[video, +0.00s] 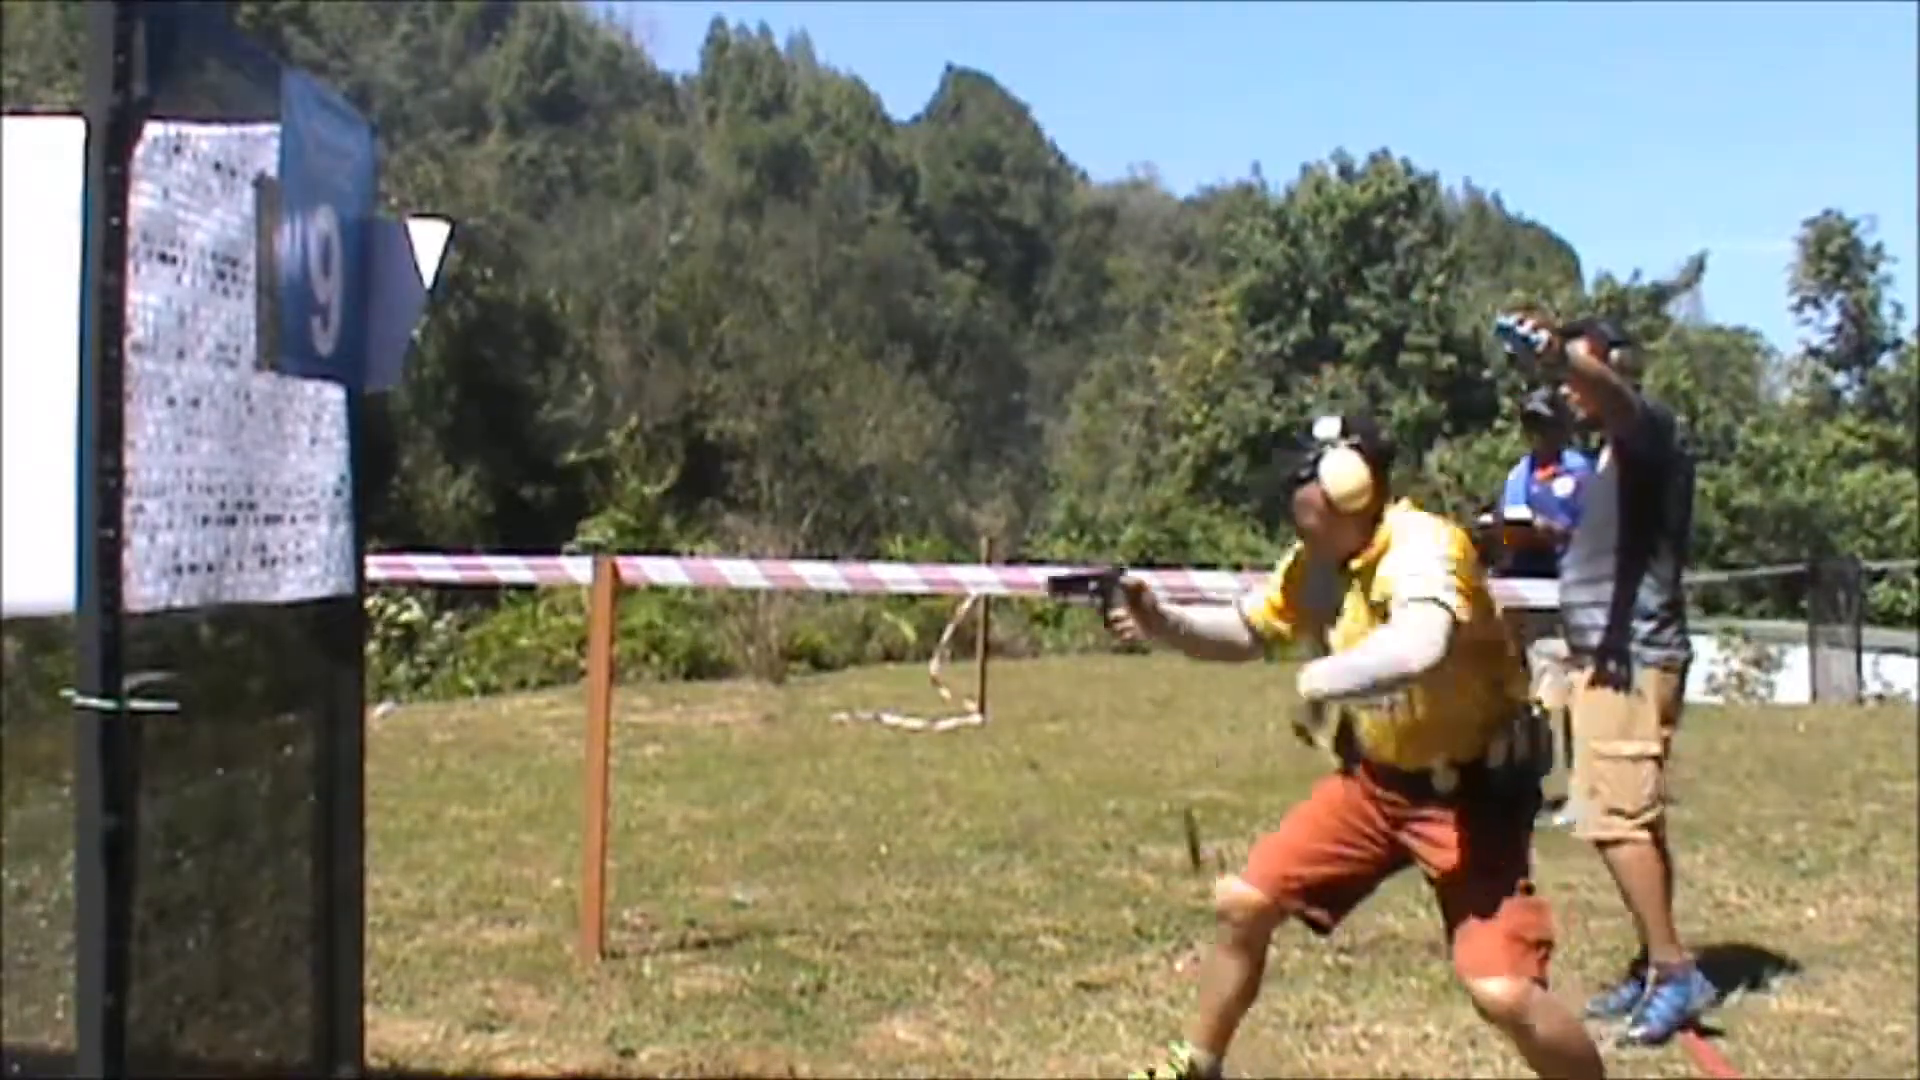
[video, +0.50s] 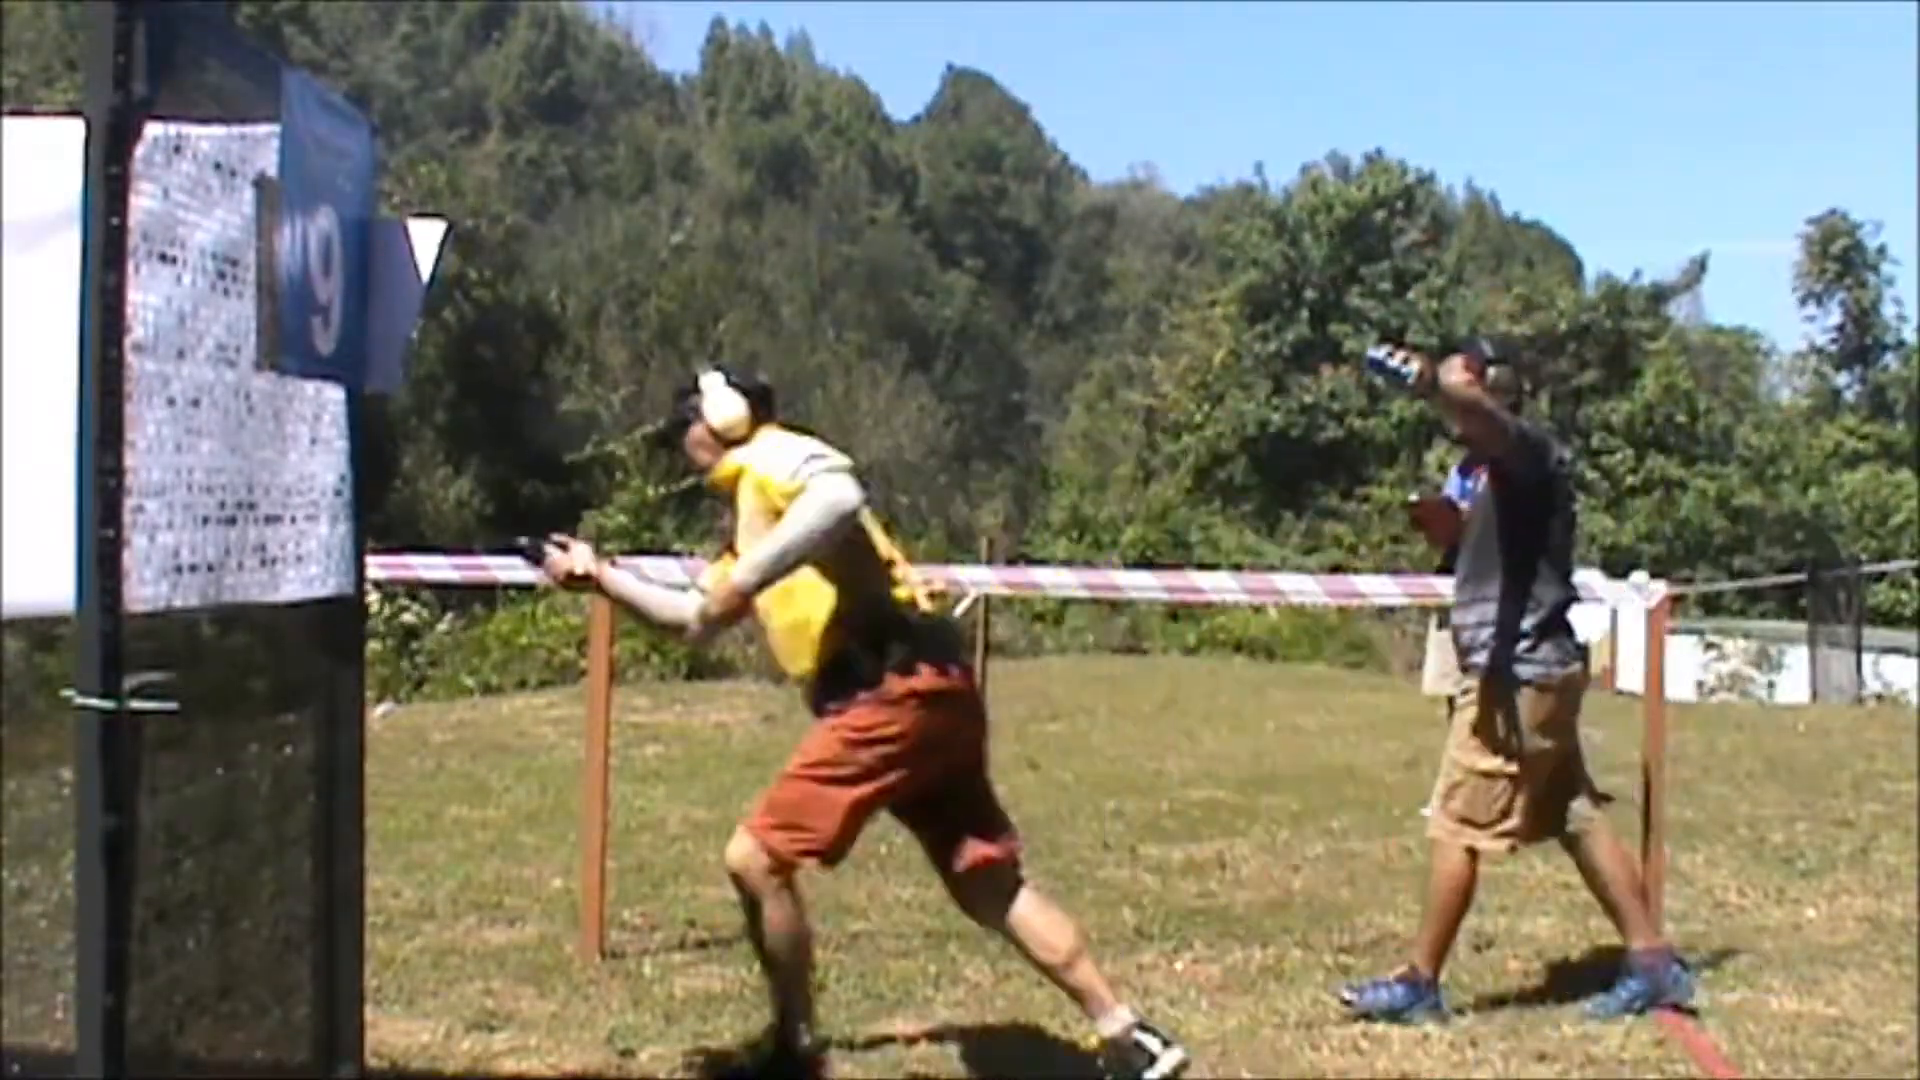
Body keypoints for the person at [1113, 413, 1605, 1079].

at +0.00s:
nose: (1296, 509)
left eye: (1304, 495)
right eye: (1297, 495)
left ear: (1343, 502)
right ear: (1322, 507)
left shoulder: (1426, 544)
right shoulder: (1315, 564)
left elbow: (1422, 644)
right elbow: (1244, 633)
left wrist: (1314, 680)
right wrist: (1162, 620)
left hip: (1473, 796)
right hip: (1374, 785)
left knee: (1501, 990)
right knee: (1244, 904)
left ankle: (1590, 1072)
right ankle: (1201, 1064)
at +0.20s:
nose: (1035, 484)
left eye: (1046, 470)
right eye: (1037, 472)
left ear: (1081, 475)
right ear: (1082, 480)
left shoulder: (1119, 515)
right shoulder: (1097, 562)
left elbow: (1203, 560)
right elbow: (1053, 659)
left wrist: (1222, 683)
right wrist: (952, 623)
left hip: (1285, 761)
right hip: (1213, 779)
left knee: (1393, 954)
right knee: (1116, 901)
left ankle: (1529, 1070)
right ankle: (1173, 1067)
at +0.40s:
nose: (793, 475)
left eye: (800, 460)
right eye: (793, 464)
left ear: (832, 464)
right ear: (824, 482)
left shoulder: (878, 483)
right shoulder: (855, 575)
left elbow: (957, 470)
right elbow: (792, 646)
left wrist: (897, 569)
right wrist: (693, 602)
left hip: (1033, 703)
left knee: (899, 894)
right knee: (1033, 917)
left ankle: (1065, 1007)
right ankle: (1143, 1050)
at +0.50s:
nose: (684, 435)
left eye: (693, 420)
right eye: (684, 423)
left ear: (728, 418)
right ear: (731, 423)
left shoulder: (771, 451)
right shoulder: (749, 502)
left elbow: (838, 497)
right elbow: (697, 615)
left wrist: (738, 585)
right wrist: (598, 573)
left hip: (902, 686)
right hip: (917, 689)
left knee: (756, 859)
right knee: (993, 884)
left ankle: (794, 1049)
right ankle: (1126, 1034)